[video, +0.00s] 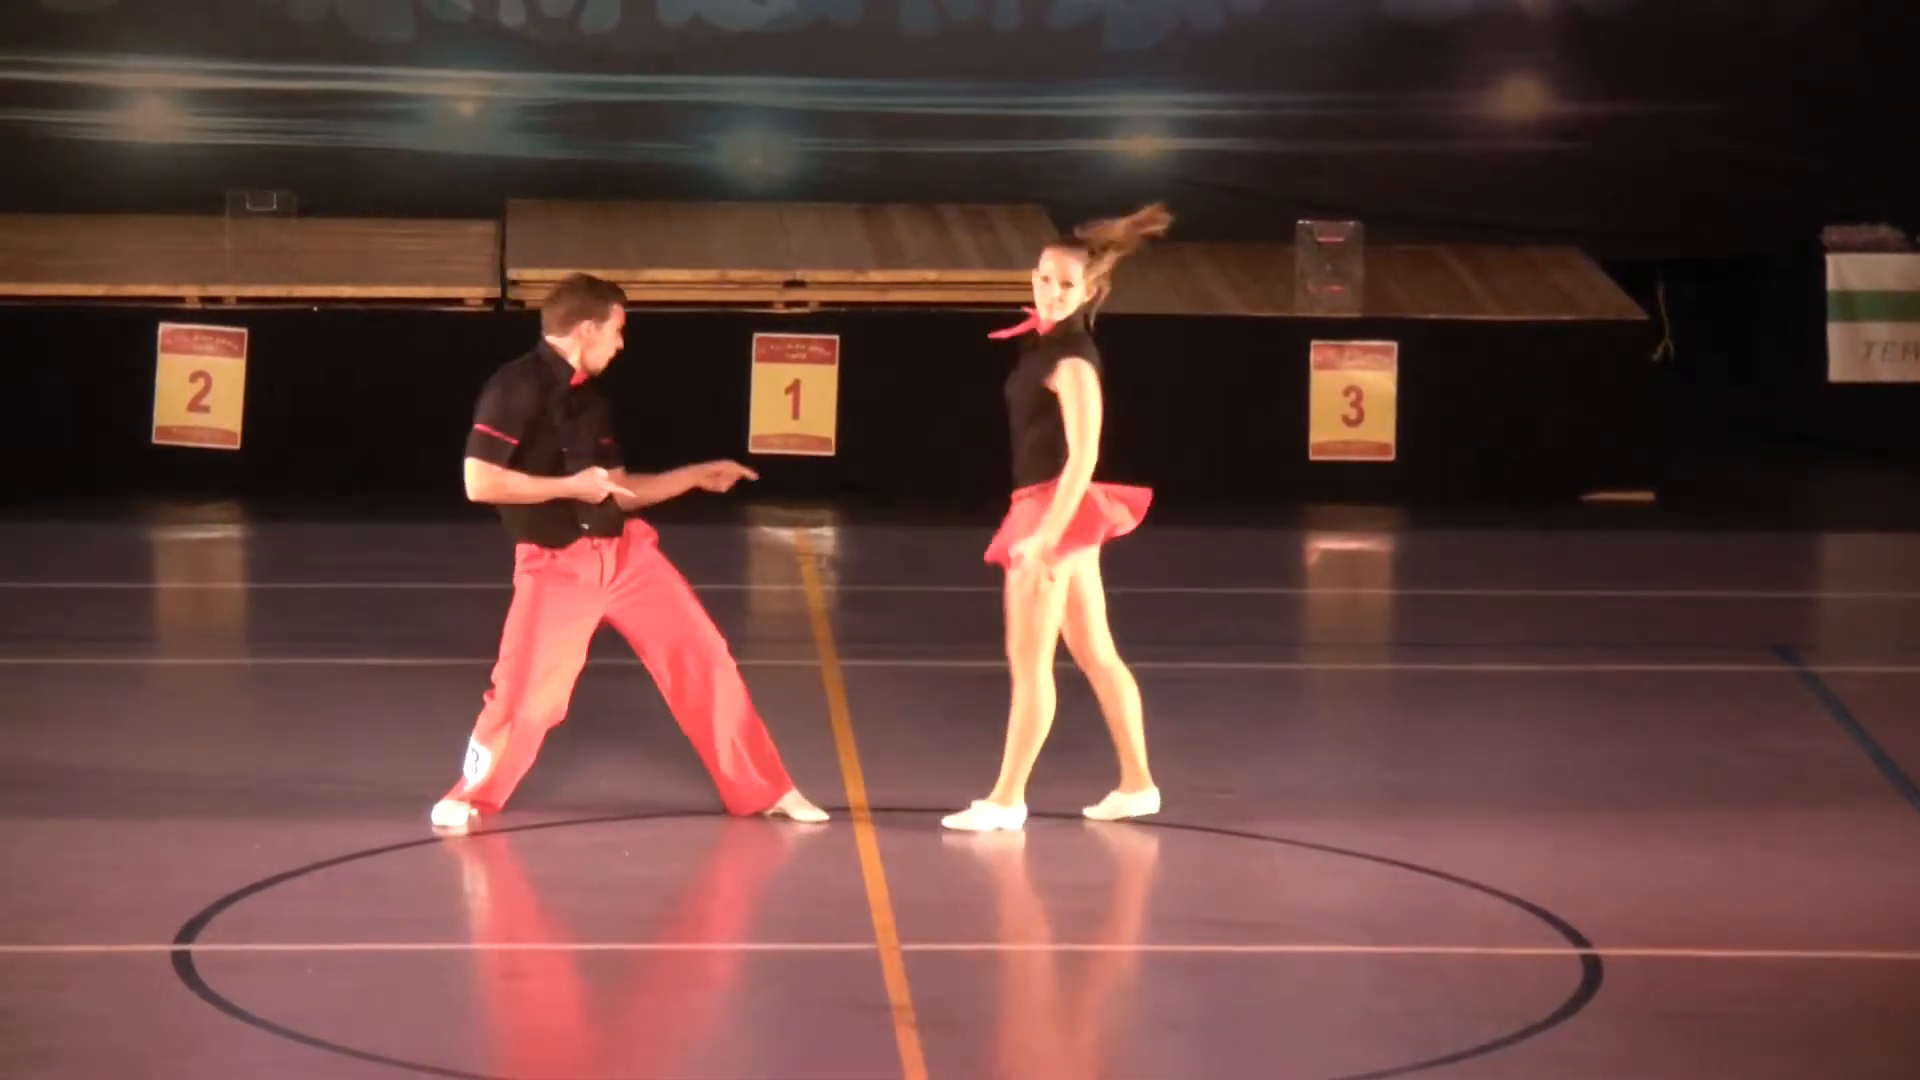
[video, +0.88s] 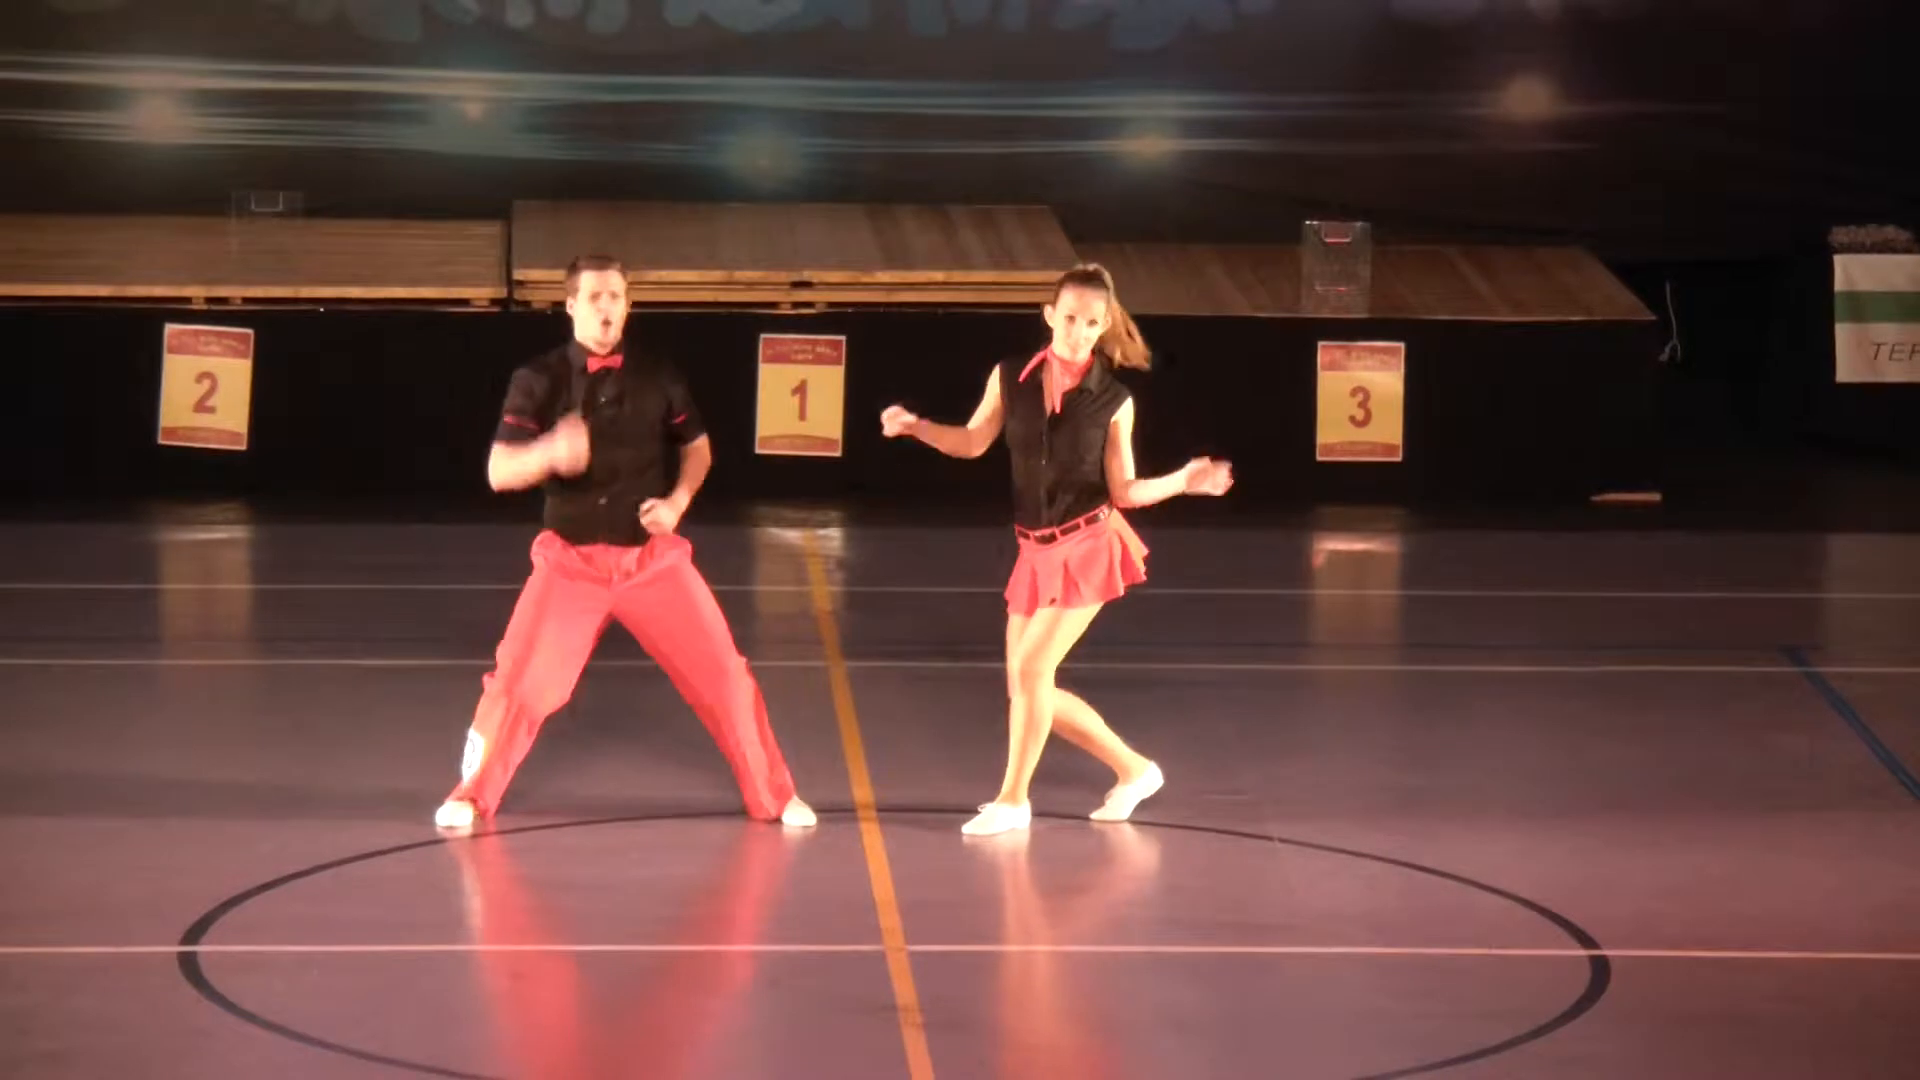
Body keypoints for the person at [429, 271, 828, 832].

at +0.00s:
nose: (620, 345)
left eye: (622, 333)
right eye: (616, 331)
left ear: (580, 331)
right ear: (581, 329)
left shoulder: (589, 395)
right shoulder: (514, 387)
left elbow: (613, 488)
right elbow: (480, 482)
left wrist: (696, 474)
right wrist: (571, 486)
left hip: (628, 553)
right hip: (553, 566)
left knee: (705, 659)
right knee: (525, 694)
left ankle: (766, 789)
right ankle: (469, 800)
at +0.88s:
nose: (607, 309)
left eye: (615, 297)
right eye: (594, 297)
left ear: (628, 304)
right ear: (570, 305)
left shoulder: (656, 375)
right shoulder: (539, 379)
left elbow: (697, 446)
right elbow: (500, 471)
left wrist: (678, 500)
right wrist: (550, 452)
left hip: (655, 561)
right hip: (568, 564)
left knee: (724, 674)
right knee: (519, 679)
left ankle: (776, 799)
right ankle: (470, 799)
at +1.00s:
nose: (615, 286)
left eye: (625, 275)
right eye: (604, 275)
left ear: (643, 283)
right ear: (587, 284)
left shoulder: (661, 361)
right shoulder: (558, 335)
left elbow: (686, 434)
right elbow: (498, 372)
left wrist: (671, 481)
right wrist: (533, 292)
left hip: (648, 537)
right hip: (568, 537)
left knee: (710, 660)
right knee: (529, 666)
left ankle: (763, 791)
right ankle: (470, 795)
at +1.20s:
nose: (621, 295)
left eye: (632, 284)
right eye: (611, 284)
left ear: (652, 297)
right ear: (594, 295)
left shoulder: (667, 375)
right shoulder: (564, 348)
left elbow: (705, 473)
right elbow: (488, 358)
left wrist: (678, 461)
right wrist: (521, 284)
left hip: (651, 553)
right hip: (570, 549)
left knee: (726, 647)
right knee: (525, 666)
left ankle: (733, 786)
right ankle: (453, 795)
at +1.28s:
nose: (618, 281)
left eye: (631, 271)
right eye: (609, 269)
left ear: (649, 281)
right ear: (592, 277)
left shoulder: (673, 350)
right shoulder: (561, 346)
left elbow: (723, 411)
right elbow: (492, 415)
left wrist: (702, 334)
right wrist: (533, 378)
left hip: (656, 537)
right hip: (570, 535)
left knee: (713, 658)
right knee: (518, 658)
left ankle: (748, 781)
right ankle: (461, 793)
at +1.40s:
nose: (610, 290)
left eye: (622, 280)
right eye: (601, 278)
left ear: (641, 291)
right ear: (586, 286)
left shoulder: (663, 347)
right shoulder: (565, 367)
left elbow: (742, 354)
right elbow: (552, 449)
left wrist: (715, 272)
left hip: (652, 541)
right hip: (575, 542)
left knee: (702, 662)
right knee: (507, 659)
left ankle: (771, 778)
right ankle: (496, 798)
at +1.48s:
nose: (607, 298)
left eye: (619, 287)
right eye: (598, 285)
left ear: (641, 297)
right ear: (583, 292)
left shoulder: (669, 361)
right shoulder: (561, 376)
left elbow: (752, 401)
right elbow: (551, 455)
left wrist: (702, 345)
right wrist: (561, 478)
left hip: (661, 554)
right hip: (577, 554)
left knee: (712, 675)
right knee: (503, 666)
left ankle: (777, 779)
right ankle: (497, 794)